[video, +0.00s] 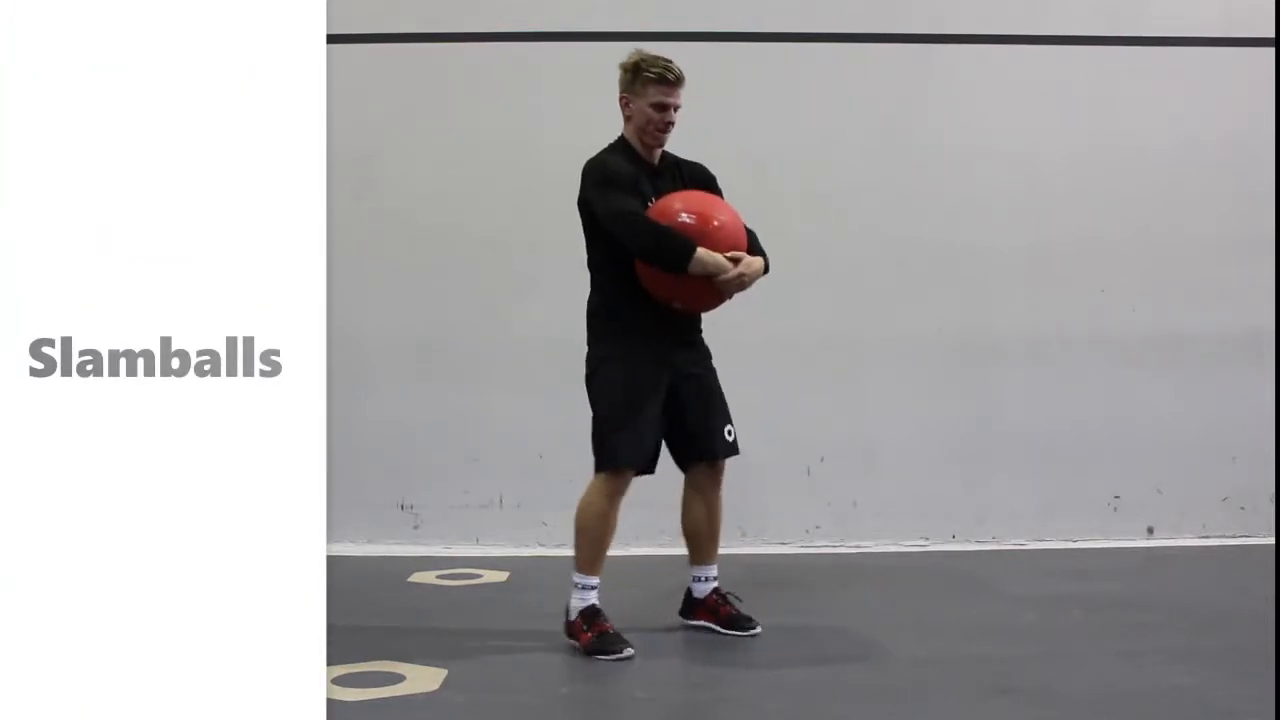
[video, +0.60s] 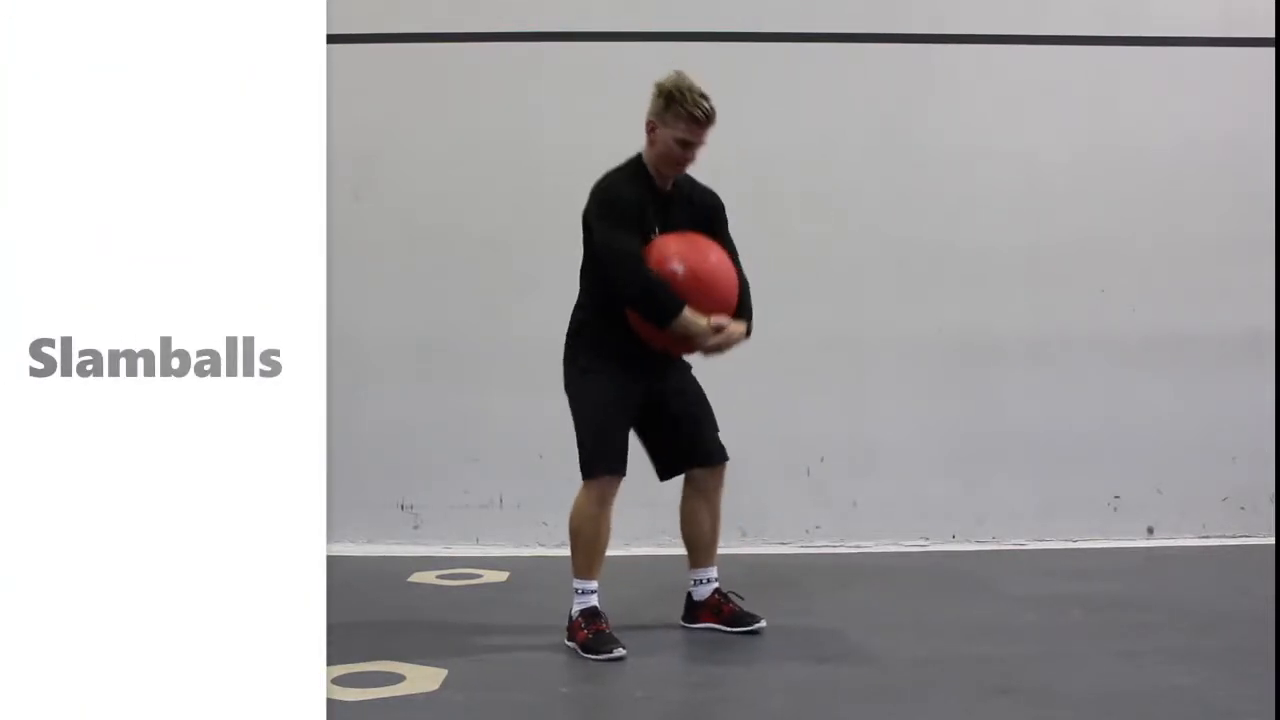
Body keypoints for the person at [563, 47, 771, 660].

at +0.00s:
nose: (664, 118)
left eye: (672, 108)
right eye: (653, 107)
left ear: (680, 109)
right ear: (625, 104)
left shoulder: (695, 177)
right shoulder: (603, 174)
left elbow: (741, 238)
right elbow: (635, 232)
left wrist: (756, 263)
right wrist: (713, 265)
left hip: (683, 341)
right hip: (621, 344)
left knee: (708, 459)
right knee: (616, 470)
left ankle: (703, 595)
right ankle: (584, 609)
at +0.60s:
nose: (690, 156)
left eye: (699, 145)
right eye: (681, 143)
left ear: (706, 140)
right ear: (650, 129)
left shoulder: (703, 203)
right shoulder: (612, 195)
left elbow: (733, 280)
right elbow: (625, 277)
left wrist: (739, 324)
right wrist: (693, 321)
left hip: (662, 356)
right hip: (599, 355)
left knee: (708, 460)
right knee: (603, 473)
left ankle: (703, 597)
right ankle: (585, 611)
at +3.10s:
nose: (737, 314)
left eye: (746, 303)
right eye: (731, 300)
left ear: (755, 296)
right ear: (700, 276)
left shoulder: (740, 341)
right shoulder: (645, 326)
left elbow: (743, 421)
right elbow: (630, 424)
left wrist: (725, 486)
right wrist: (677, 489)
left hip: (670, 433)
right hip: (598, 424)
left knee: (758, 479)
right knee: (604, 488)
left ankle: (711, 596)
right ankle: (586, 614)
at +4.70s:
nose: (715, 164)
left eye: (723, 155)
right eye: (707, 151)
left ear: (732, 155)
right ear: (678, 140)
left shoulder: (729, 220)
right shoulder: (636, 206)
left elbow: (750, 296)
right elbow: (636, 291)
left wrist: (748, 356)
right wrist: (693, 351)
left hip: (667, 360)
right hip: (604, 352)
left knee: (717, 463)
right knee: (607, 468)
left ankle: (708, 596)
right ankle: (587, 611)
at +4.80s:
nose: (728, 202)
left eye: (736, 193)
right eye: (721, 189)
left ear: (743, 189)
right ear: (690, 174)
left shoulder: (735, 249)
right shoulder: (644, 234)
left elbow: (749, 330)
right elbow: (636, 324)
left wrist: (740, 394)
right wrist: (685, 389)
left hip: (664, 375)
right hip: (602, 364)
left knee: (729, 470)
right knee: (607, 474)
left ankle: (708, 596)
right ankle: (588, 612)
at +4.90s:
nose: (738, 259)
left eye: (746, 250)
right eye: (732, 246)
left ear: (753, 244)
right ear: (701, 227)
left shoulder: (742, 298)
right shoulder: (650, 281)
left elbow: (748, 379)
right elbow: (631, 375)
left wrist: (734, 445)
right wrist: (677, 443)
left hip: (663, 402)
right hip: (598, 393)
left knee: (749, 473)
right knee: (607, 482)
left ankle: (709, 597)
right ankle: (588, 613)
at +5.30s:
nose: (747, 369)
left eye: (754, 358)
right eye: (740, 355)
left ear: (762, 350)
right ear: (707, 335)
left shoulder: (750, 398)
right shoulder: (657, 383)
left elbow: (756, 482)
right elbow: (644, 487)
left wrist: (743, 554)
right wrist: (688, 554)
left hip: (684, 488)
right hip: (611, 478)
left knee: (771, 486)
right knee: (609, 491)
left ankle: (709, 598)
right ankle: (591, 613)